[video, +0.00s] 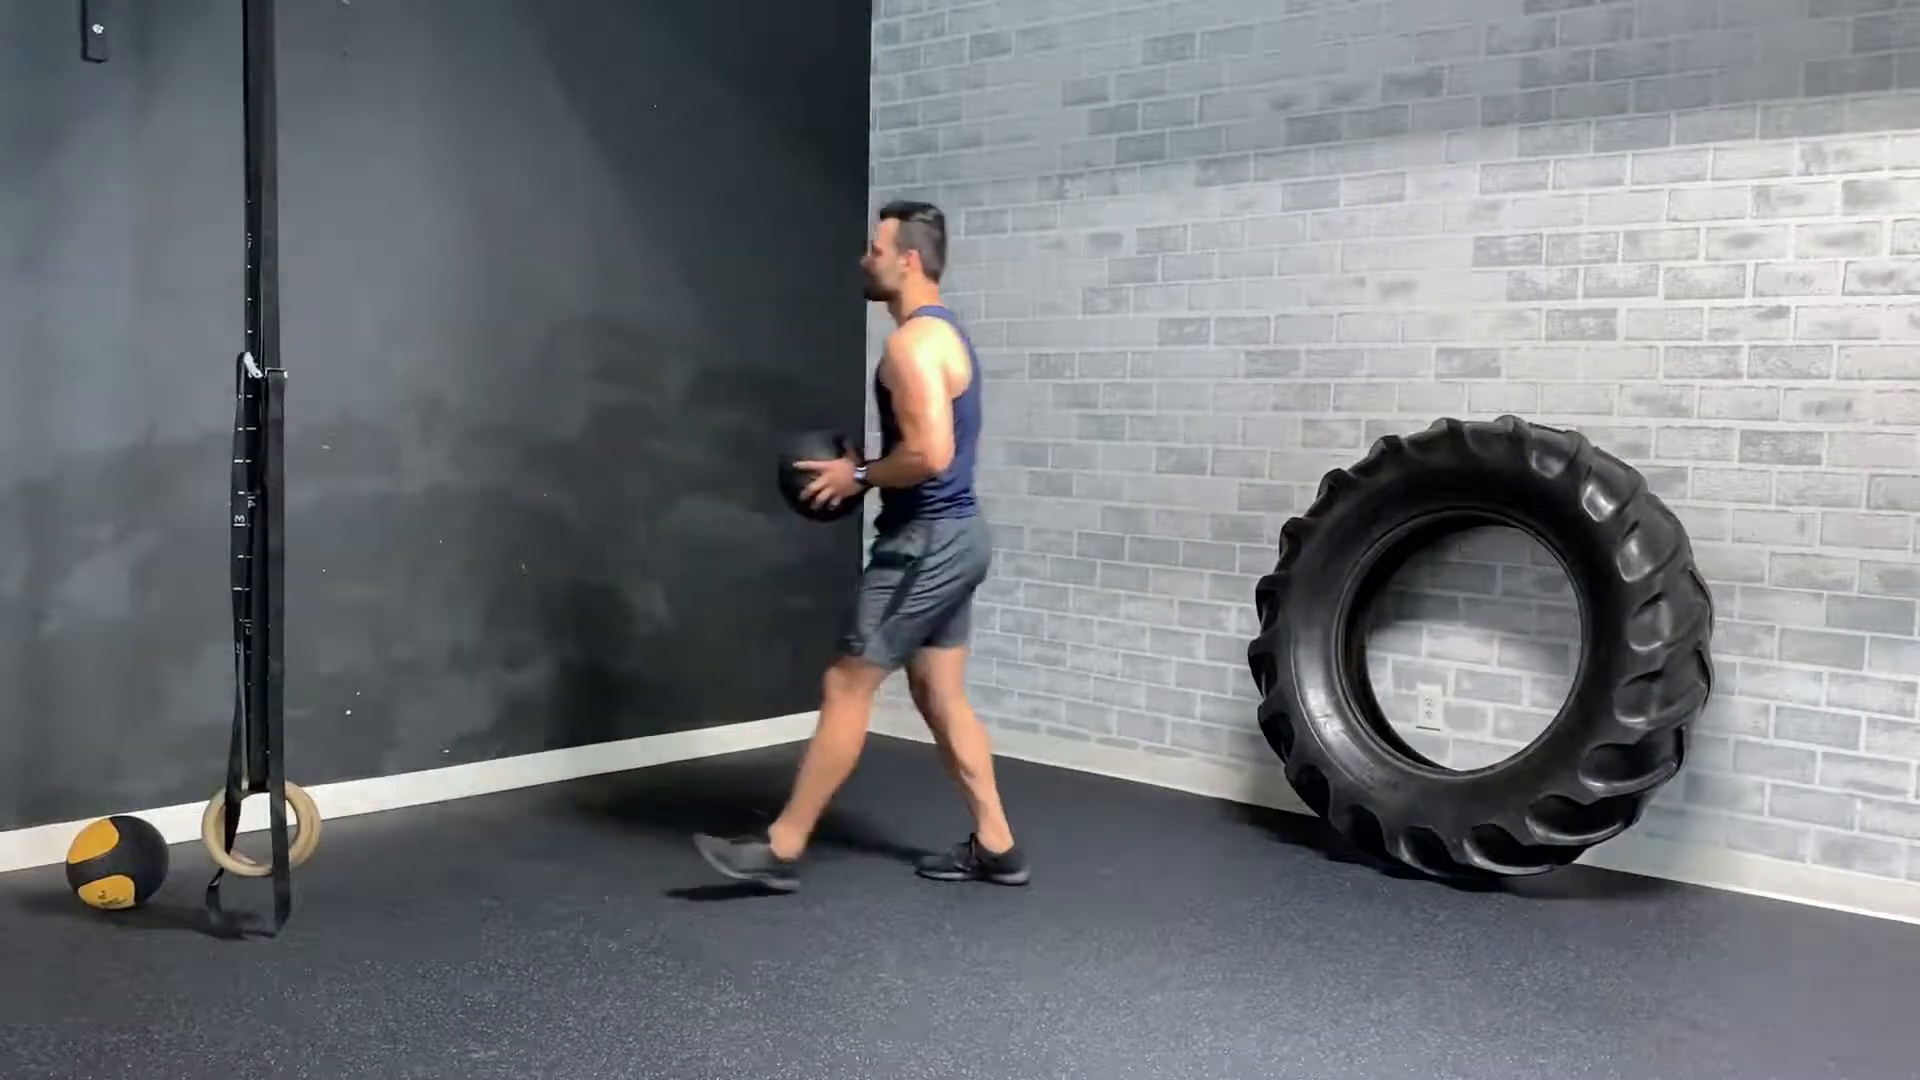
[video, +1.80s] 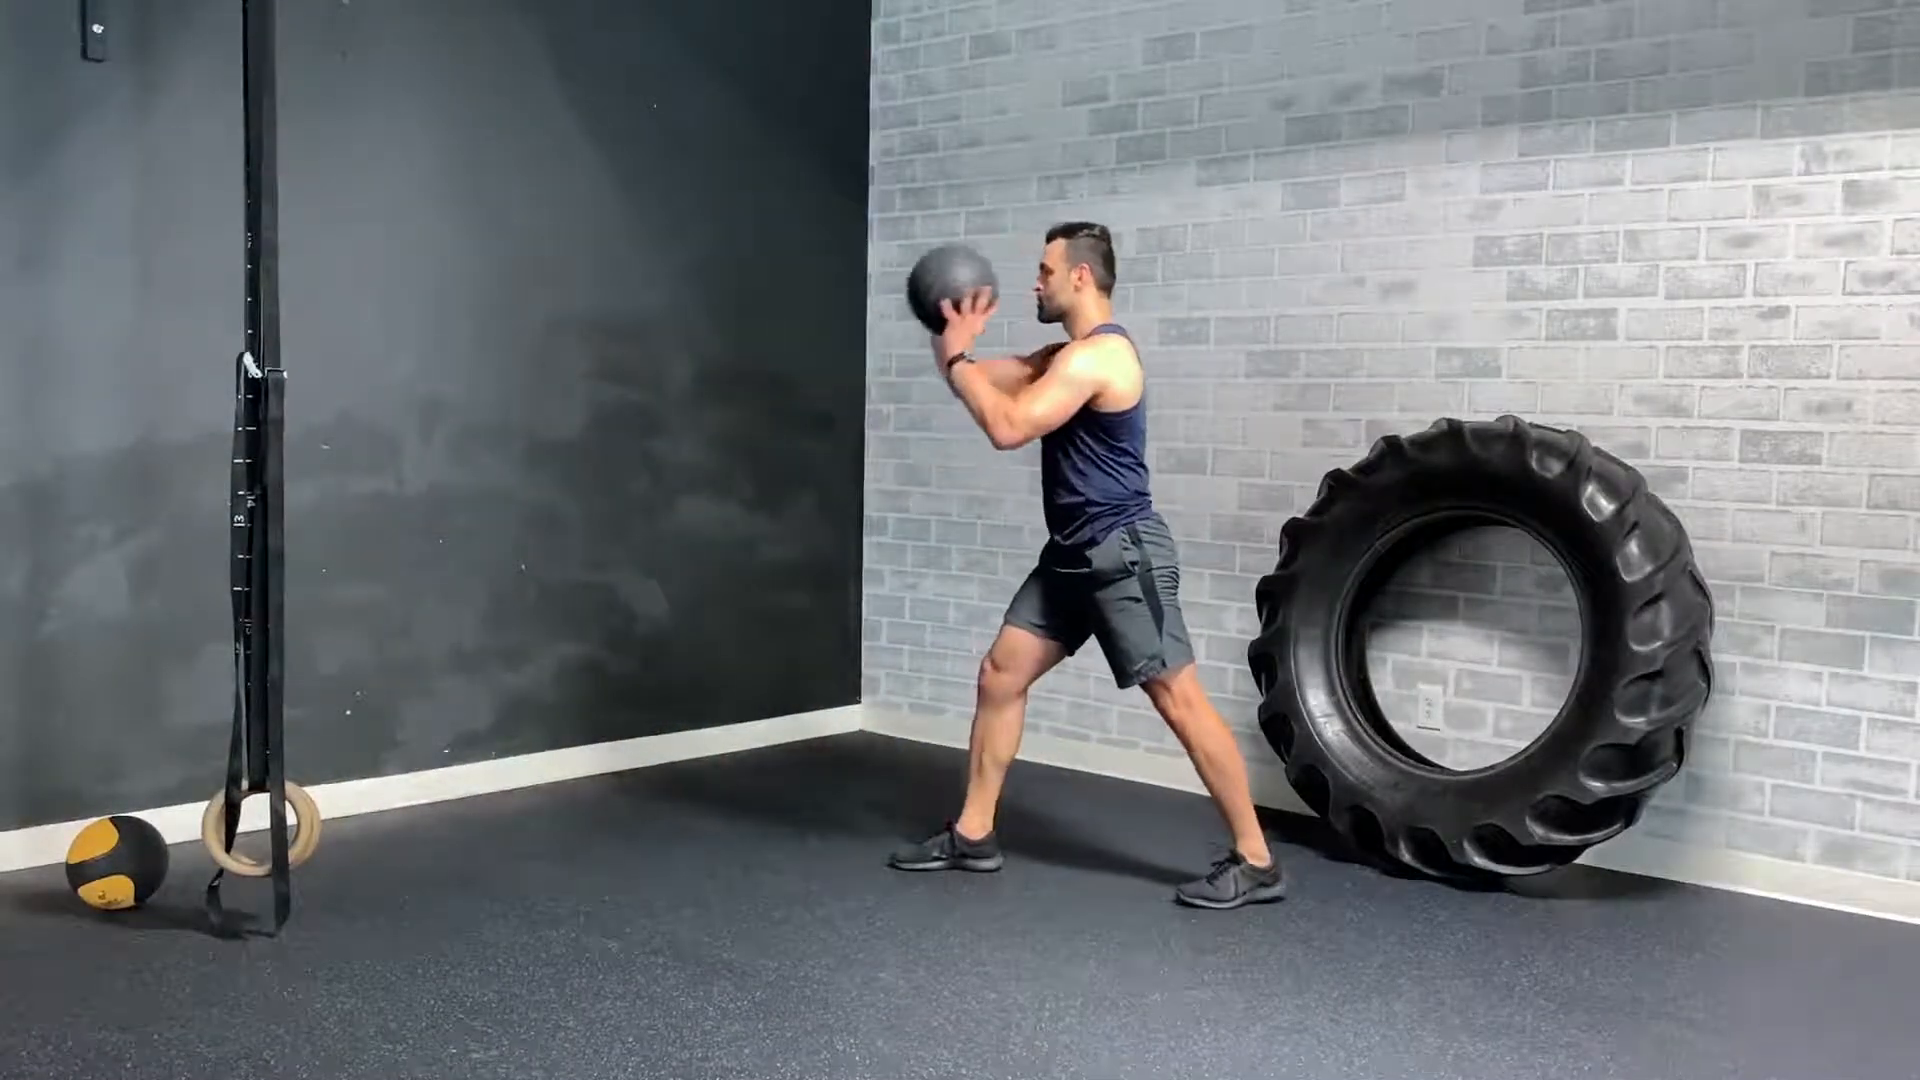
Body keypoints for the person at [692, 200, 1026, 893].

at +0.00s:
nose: (864, 262)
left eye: (875, 250)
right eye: (868, 250)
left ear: (911, 260)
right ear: (919, 262)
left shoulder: (911, 345)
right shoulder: (945, 335)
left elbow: (930, 455)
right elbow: (937, 449)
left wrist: (860, 474)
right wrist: (860, 466)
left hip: (922, 542)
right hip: (955, 535)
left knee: (848, 685)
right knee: (941, 692)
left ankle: (783, 846)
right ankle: (996, 843)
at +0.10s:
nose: (895, 251)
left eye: (905, 240)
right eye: (900, 239)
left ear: (942, 249)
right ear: (951, 252)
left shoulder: (947, 332)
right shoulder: (979, 324)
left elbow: (969, 440)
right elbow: (970, 436)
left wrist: (898, 465)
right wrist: (899, 463)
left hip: (961, 527)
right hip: (989, 522)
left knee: (891, 671)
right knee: (965, 682)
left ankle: (892, 848)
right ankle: (998, 843)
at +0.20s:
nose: (929, 248)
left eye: (939, 237)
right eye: (932, 236)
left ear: (974, 244)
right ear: (982, 246)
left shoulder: (980, 329)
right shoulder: (1007, 319)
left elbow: (1001, 435)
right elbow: (1001, 433)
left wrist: (932, 462)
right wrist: (933, 457)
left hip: (992, 526)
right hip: (1012, 518)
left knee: (946, 679)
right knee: (988, 680)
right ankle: (1001, 832)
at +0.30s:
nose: (959, 250)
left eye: (968, 239)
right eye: (962, 238)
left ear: (1006, 247)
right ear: (1009, 250)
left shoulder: (1009, 330)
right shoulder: (1031, 322)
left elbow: (1027, 440)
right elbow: (1029, 433)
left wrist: (962, 465)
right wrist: (958, 453)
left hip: (1030, 528)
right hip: (1015, 524)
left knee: (1018, 688)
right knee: (988, 680)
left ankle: (1118, 832)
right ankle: (1000, 846)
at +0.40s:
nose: (986, 257)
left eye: (995, 246)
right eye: (989, 245)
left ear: (1031, 256)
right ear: (1039, 257)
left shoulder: (1039, 340)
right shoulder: (1061, 330)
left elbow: (1050, 451)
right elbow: (1054, 444)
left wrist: (987, 470)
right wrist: (989, 466)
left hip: (1068, 536)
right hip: (1041, 532)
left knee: (1086, 701)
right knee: (996, 680)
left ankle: (1178, 855)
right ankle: (1000, 848)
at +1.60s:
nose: (992, 276)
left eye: (1002, 265)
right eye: (995, 265)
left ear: (1038, 272)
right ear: (1039, 273)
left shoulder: (1054, 346)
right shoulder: (1041, 346)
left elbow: (978, 433)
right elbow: (981, 427)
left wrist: (909, 396)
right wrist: (911, 398)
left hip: (1103, 537)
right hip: (1052, 546)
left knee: (1166, 683)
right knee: (992, 677)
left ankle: (1252, 842)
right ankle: (974, 838)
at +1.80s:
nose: (1036, 284)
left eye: (1046, 272)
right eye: (1039, 273)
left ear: (1083, 277)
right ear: (1083, 278)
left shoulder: (1100, 355)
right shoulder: (1071, 352)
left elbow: (1010, 427)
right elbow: (999, 379)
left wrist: (955, 357)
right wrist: (953, 348)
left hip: (1126, 551)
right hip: (1073, 554)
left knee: (1179, 699)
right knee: (1001, 677)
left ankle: (1255, 859)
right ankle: (973, 837)